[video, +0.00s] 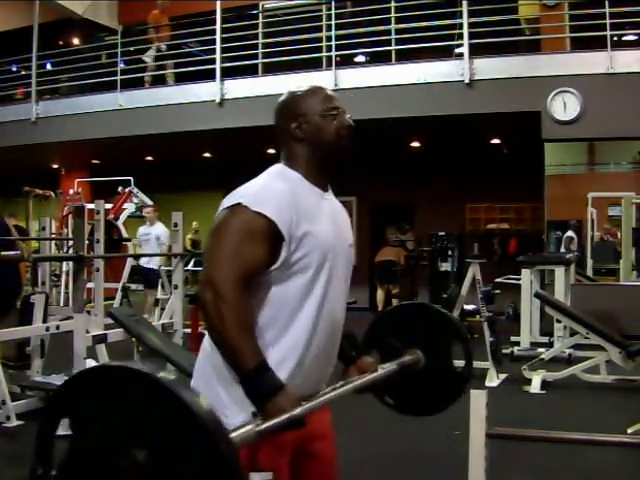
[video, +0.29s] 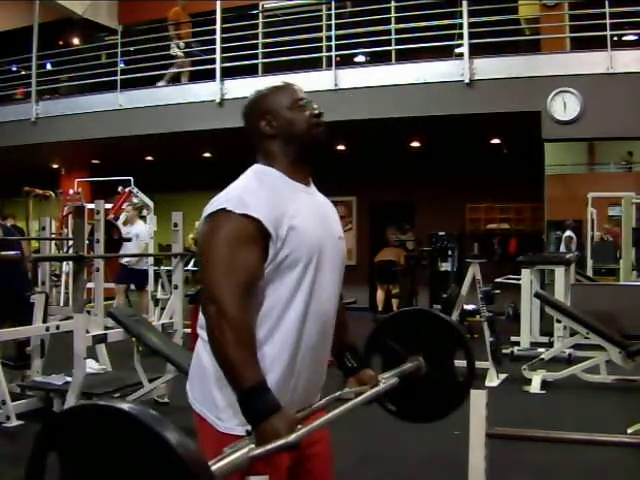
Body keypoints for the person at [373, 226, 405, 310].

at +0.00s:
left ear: (388, 243)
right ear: (399, 244)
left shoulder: (383, 250)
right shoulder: (400, 250)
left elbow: (376, 259)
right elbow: (402, 262)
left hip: (380, 263)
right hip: (392, 262)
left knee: (380, 288)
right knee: (394, 287)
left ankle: (379, 309)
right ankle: (396, 310)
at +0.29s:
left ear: (390, 245)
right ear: (400, 246)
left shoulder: (383, 250)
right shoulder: (400, 251)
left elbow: (376, 259)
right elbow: (402, 262)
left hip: (380, 263)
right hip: (392, 263)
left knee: (380, 288)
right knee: (394, 287)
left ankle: (379, 310)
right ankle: (395, 310)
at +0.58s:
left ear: (390, 245)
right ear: (400, 246)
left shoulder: (383, 250)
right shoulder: (400, 251)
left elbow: (376, 259)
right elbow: (402, 262)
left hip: (380, 263)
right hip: (393, 263)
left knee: (380, 288)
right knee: (394, 288)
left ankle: (379, 309)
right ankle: (395, 310)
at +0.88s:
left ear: (390, 245)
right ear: (400, 245)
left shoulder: (383, 250)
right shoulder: (400, 251)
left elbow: (376, 259)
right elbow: (402, 262)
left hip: (380, 263)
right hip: (393, 263)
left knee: (380, 287)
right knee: (394, 288)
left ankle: (379, 309)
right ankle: (395, 310)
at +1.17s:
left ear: (390, 244)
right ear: (400, 245)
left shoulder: (384, 250)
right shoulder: (400, 251)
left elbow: (376, 258)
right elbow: (402, 262)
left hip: (380, 263)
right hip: (392, 263)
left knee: (380, 288)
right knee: (394, 288)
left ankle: (379, 309)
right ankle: (395, 310)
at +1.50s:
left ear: (390, 244)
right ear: (400, 245)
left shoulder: (384, 251)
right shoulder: (400, 251)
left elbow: (376, 259)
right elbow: (402, 262)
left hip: (380, 263)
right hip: (393, 263)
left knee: (380, 288)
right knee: (395, 288)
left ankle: (379, 310)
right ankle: (395, 310)